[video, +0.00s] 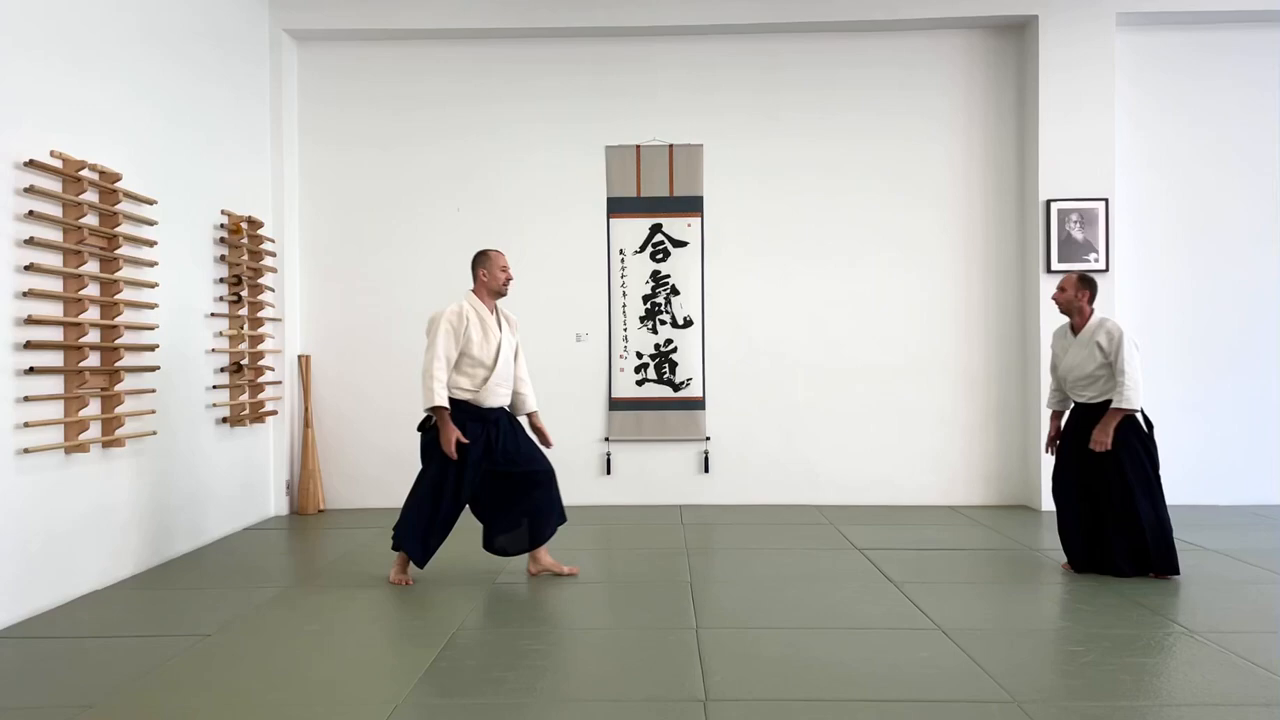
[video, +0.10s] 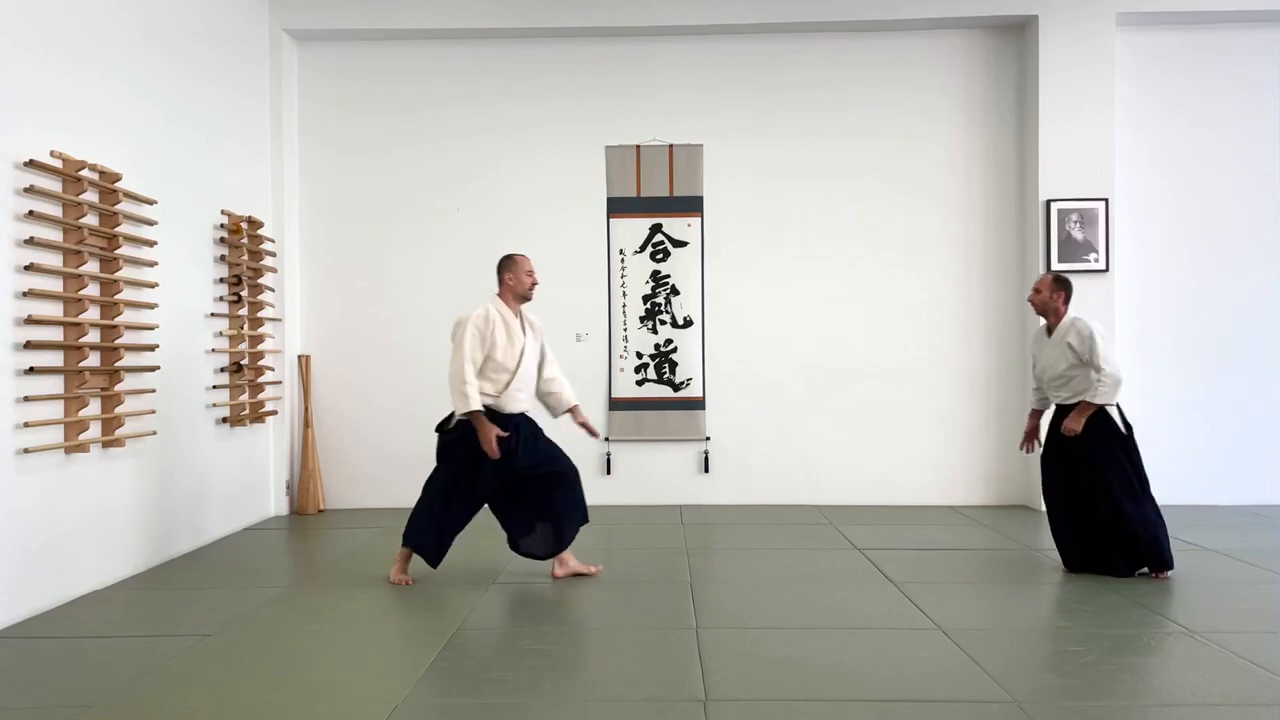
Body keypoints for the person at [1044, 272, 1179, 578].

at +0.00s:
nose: (1054, 295)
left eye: (1062, 290)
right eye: (1056, 289)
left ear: (1083, 296)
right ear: (1076, 296)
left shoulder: (1111, 332)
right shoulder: (1060, 337)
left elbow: (1130, 386)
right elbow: (1059, 387)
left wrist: (1108, 424)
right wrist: (1054, 424)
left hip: (1119, 418)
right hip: (1081, 420)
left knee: (1136, 491)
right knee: (1068, 487)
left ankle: (1158, 562)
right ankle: (1083, 556)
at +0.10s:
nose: (1030, 296)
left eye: (1037, 292)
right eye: (1032, 291)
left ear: (1058, 297)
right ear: (1051, 297)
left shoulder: (1081, 330)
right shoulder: (1039, 338)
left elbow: (1110, 377)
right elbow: (1041, 388)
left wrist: (1081, 413)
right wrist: (1033, 422)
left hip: (1098, 420)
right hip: (1063, 421)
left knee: (1123, 488)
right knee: (1061, 492)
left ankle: (1158, 559)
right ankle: (1078, 558)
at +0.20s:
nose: (1003, 300)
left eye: (1010, 295)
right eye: (1005, 294)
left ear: (1031, 300)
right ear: (1026, 301)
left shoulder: (1054, 331)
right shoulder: (1014, 341)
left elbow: (1094, 372)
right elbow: (1019, 389)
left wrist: (1066, 405)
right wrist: (1004, 420)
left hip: (1071, 423)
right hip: (1042, 424)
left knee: (1084, 491)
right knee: (1049, 495)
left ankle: (1127, 552)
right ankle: (1076, 559)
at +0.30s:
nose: (976, 306)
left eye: (982, 301)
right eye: (977, 300)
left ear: (1002, 305)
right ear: (998, 306)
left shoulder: (1029, 333)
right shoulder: (987, 345)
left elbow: (1077, 367)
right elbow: (983, 391)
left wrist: (1052, 404)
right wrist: (958, 420)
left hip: (1047, 422)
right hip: (1022, 423)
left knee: (1032, 488)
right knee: (1029, 489)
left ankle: (1057, 553)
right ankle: (1063, 554)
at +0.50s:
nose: (920, 299)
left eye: (927, 295)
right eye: (922, 294)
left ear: (946, 304)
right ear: (941, 303)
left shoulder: (972, 334)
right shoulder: (921, 338)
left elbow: (1020, 366)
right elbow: (891, 370)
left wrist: (1003, 408)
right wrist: (856, 371)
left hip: (977, 423)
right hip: (953, 425)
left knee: (953, 491)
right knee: (1000, 487)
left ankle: (959, 565)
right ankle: (1049, 536)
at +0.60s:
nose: (890, 297)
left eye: (897, 293)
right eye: (892, 291)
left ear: (917, 301)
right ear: (909, 300)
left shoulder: (942, 335)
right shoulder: (887, 334)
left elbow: (968, 379)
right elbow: (848, 356)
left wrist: (926, 388)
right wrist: (806, 352)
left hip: (943, 419)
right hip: (915, 419)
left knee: (936, 490)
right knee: (916, 489)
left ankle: (951, 565)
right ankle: (972, 520)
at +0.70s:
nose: (859, 292)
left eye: (867, 288)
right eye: (861, 287)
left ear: (887, 295)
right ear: (879, 295)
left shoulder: (904, 327)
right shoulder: (859, 326)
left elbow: (886, 351)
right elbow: (823, 347)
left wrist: (839, 325)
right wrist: (783, 347)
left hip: (908, 418)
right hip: (878, 417)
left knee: (915, 491)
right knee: (844, 478)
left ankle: (946, 562)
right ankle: (867, 542)